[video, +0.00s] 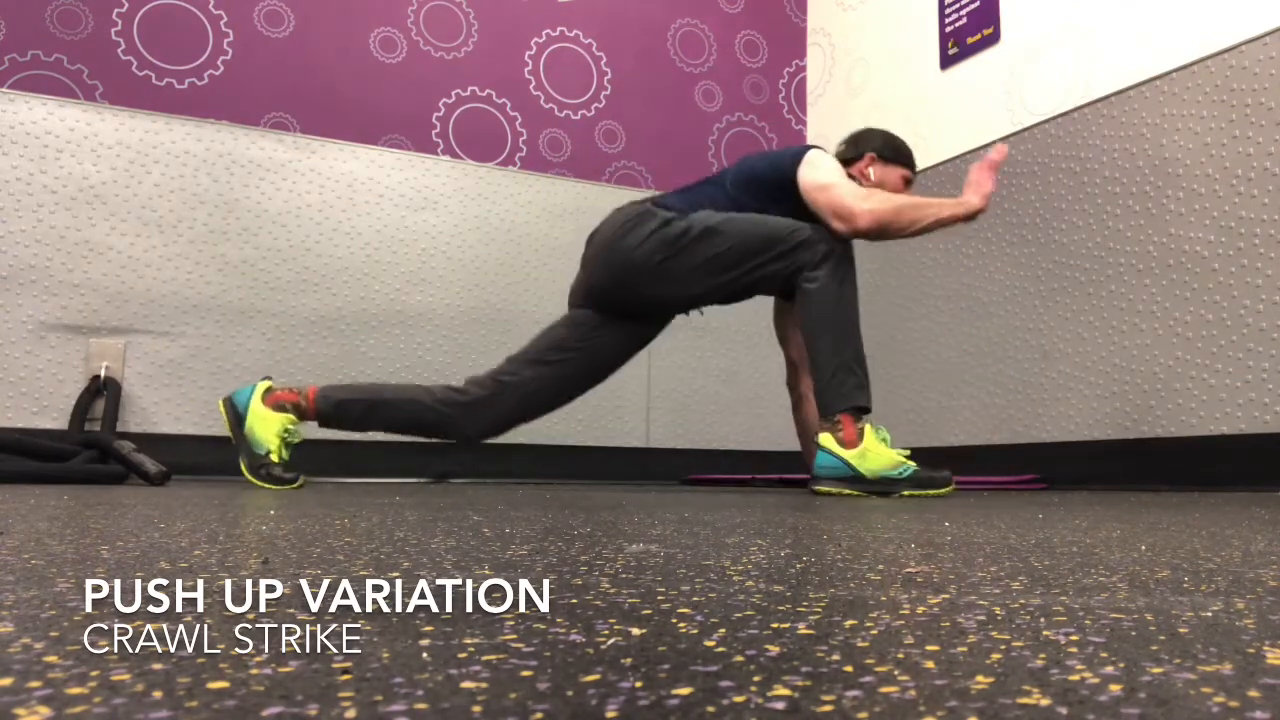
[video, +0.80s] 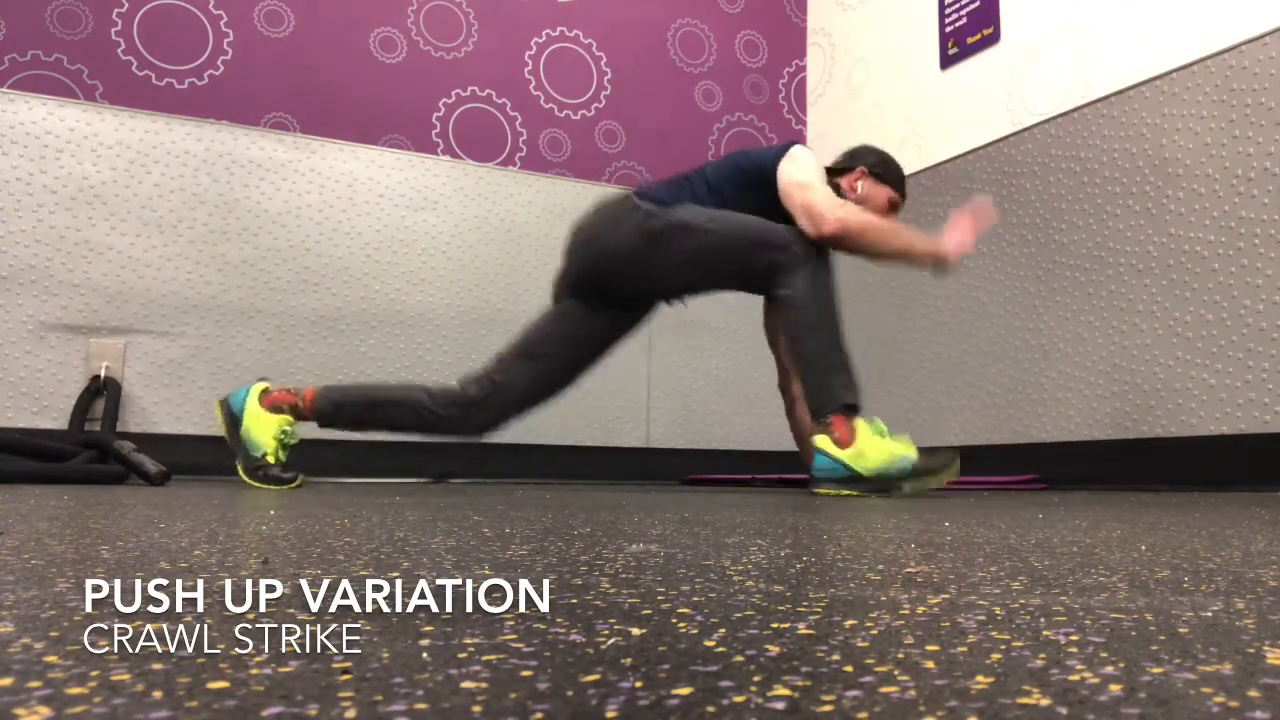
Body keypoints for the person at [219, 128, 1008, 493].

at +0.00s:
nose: (891, 200)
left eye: (901, 192)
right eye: (889, 183)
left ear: (874, 170)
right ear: (862, 162)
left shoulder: (794, 236)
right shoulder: (810, 159)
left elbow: (797, 346)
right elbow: (863, 217)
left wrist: (811, 444)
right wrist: (966, 204)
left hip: (632, 286)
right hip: (641, 242)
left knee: (475, 411)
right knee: (818, 246)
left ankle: (281, 406)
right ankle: (856, 443)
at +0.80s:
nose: (870, 223)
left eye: (879, 219)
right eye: (871, 206)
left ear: (863, 209)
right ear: (848, 176)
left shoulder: (786, 250)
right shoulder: (794, 161)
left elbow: (787, 354)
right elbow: (831, 223)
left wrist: (807, 444)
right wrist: (933, 247)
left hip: (614, 277)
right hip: (623, 234)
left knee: (473, 408)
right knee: (794, 253)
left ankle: (280, 408)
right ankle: (854, 439)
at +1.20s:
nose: (890, 319)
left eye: (904, 312)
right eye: (901, 303)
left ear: (883, 272)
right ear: (898, 262)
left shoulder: (819, 268)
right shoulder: (858, 244)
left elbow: (784, 382)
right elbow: (866, 344)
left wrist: (817, 468)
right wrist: (906, 475)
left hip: (628, 240)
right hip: (634, 227)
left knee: (481, 345)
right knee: (506, 366)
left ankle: (283, 373)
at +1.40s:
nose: (918, 378)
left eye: (930, 378)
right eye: (931, 366)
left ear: (919, 352)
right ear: (926, 325)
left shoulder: (840, 326)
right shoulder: (879, 286)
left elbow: (781, 398)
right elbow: (860, 362)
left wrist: (815, 470)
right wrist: (907, 475)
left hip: (658, 335)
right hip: (654, 314)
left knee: (467, 384)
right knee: (465, 384)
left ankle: (259, 388)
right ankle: (253, 387)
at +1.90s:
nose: (957, 461)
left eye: (965, 462)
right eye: (963, 450)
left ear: (951, 436)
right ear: (953, 419)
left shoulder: (877, 413)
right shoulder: (901, 380)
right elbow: (882, 365)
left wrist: (862, 477)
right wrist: (910, 477)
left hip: (678, 432)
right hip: (675, 412)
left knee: (480, 438)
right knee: (480, 435)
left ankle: (275, 414)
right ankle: (269, 392)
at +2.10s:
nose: (940, 431)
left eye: (952, 435)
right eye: (952, 421)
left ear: (945, 416)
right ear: (948, 382)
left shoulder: (867, 378)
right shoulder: (909, 344)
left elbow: (752, 438)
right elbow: (876, 361)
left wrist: (813, 468)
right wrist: (906, 476)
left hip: (676, 403)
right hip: (672, 386)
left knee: (477, 424)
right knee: (475, 421)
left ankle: (271, 403)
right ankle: (264, 389)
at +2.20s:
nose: (942, 396)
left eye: (952, 395)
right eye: (953, 383)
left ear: (947, 373)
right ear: (947, 345)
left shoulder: (856, 326)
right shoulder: (902, 313)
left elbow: (788, 378)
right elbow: (869, 366)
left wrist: (815, 465)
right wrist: (909, 478)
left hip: (669, 365)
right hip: (667, 357)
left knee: (475, 404)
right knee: (472, 404)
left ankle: (267, 390)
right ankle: (262, 387)